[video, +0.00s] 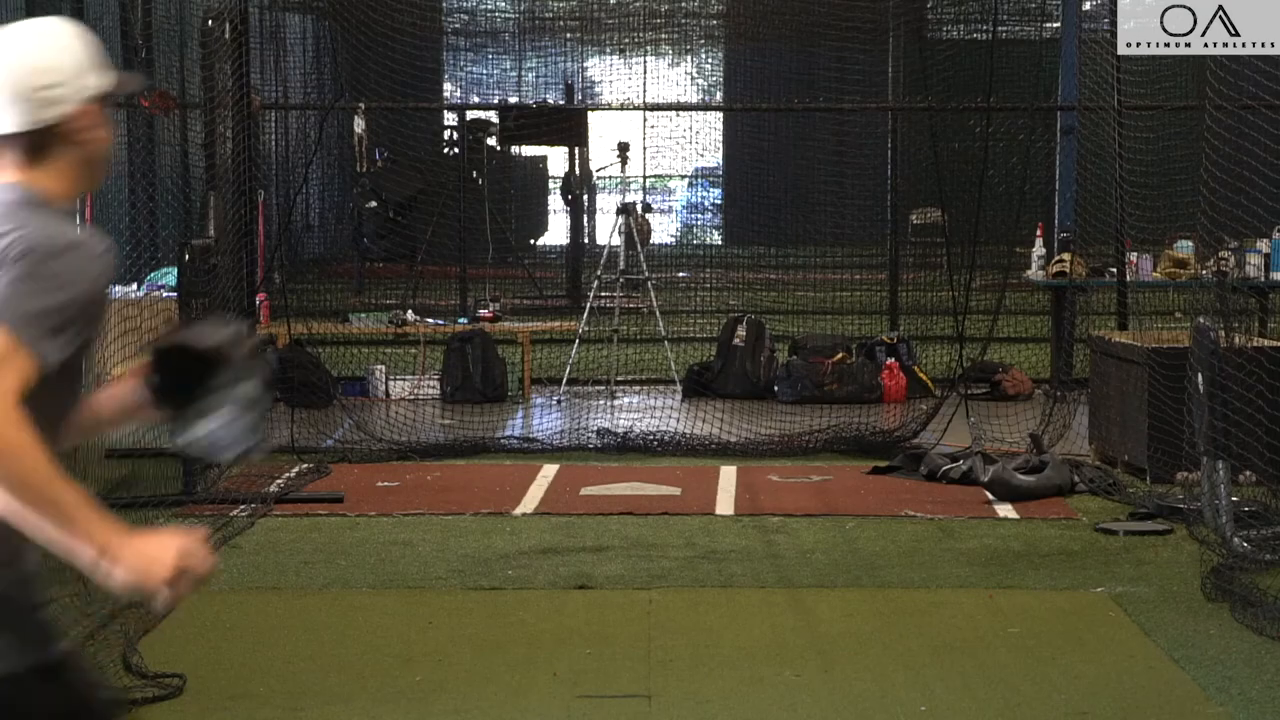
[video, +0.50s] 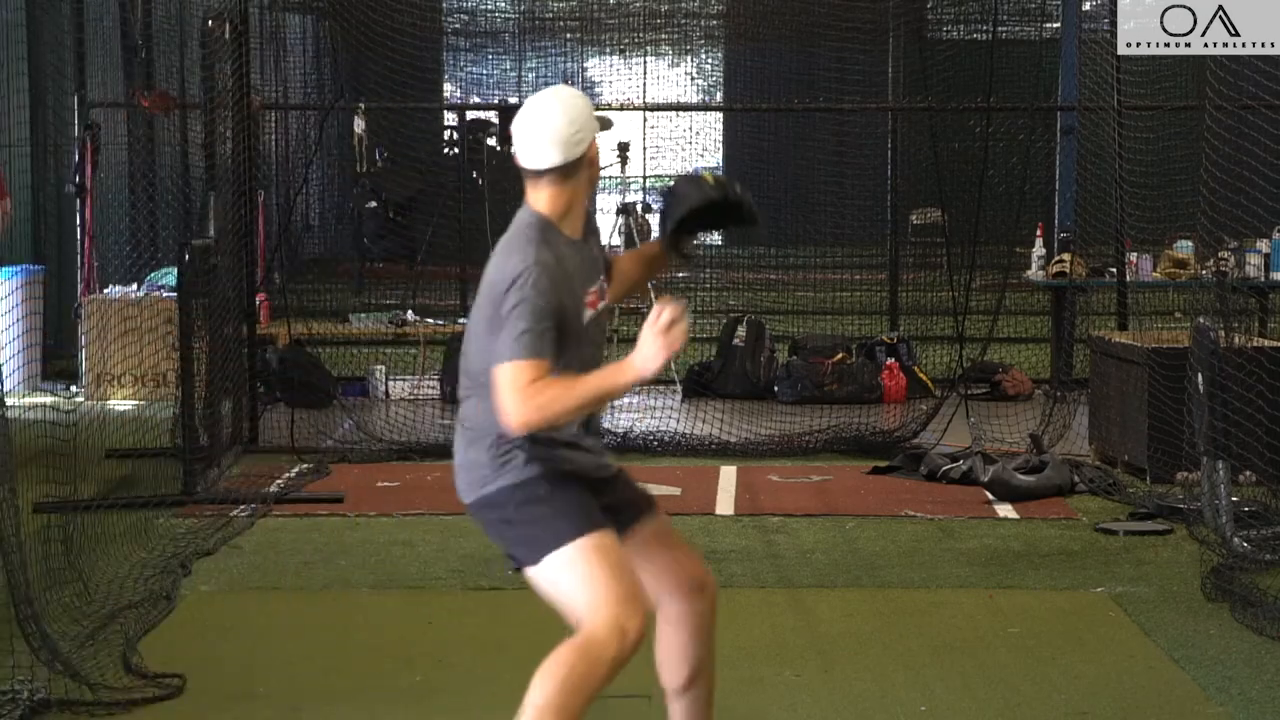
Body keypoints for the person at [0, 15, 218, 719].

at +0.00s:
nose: (113, 127)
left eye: (111, 109)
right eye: (109, 109)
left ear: (11, 126)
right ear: (81, 120)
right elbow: (1, 416)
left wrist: (144, 390)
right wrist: (113, 550)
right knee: (72, 701)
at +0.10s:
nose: (280, 104)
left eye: (276, 85)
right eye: (274, 86)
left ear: (167, 105)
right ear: (250, 98)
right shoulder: (172, 216)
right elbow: (50, 348)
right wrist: (197, 456)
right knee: (362, 694)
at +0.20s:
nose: (429, 145)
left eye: (424, 128)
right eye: (423, 129)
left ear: (329, 139)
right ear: (404, 140)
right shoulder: (313, 252)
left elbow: (406, 368)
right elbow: (200, 390)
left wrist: (501, 338)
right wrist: (338, 458)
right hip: (311, 560)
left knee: (321, 707)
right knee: (492, 702)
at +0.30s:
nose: (526, 182)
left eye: (521, 170)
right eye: (522, 170)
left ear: (432, 190)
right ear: (510, 183)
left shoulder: (471, 282)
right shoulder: (437, 294)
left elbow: (510, 392)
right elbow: (376, 440)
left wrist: (618, 341)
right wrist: (516, 477)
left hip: (430, 539)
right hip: (402, 557)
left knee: (580, 641)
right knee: (602, 691)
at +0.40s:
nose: (578, 157)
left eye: (573, 146)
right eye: (576, 147)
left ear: (492, 166)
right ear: (567, 159)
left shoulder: (548, 249)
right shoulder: (491, 268)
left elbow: (563, 343)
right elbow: (446, 417)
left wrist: (657, 294)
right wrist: (579, 424)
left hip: (519, 488)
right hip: (471, 505)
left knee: (639, 624)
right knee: (567, 683)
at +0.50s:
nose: (601, 156)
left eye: (595, 145)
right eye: (598, 146)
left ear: (524, 161)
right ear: (591, 158)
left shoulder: (573, 232)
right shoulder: (528, 262)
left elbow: (608, 284)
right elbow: (520, 407)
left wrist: (674, 238)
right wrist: (635, 366)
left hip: (571, 454)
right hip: (512, 468)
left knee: (688, 590)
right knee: (615, 620)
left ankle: (687, 716)